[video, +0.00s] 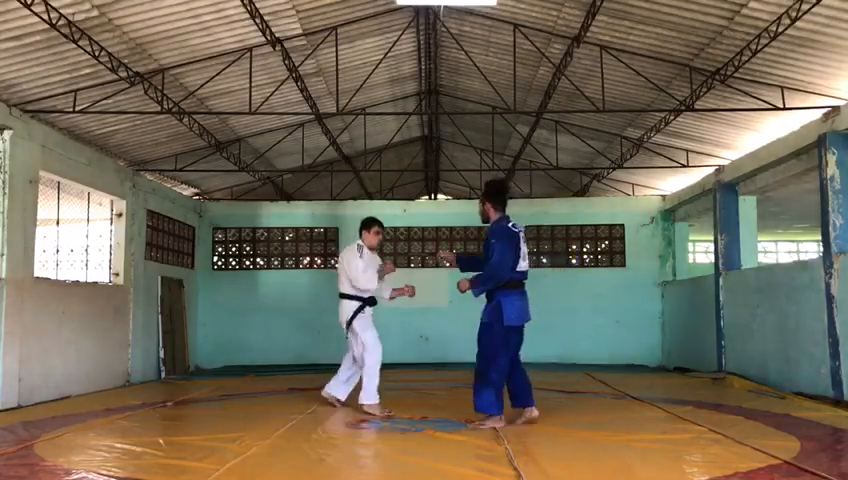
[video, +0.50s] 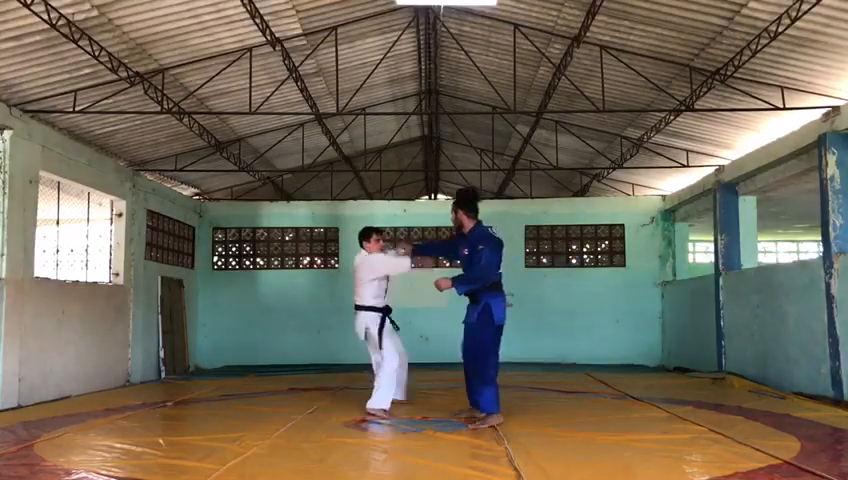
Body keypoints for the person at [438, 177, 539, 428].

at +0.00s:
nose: (480, 208)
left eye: (482, 204)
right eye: (481, 203)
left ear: (489, 206)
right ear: (500, 205)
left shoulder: (499, 231)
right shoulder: (512, 229)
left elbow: (500, 270)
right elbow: (489, 262)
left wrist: (473, 283)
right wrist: (457, 260)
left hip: (501, 302)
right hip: (515, 299)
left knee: (490, 356)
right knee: (510, 356)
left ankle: (493, 414)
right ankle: (528, 407)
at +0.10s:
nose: (474, 212)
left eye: (475, 207)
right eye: (474, 207)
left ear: (483, 208)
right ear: (493, 207)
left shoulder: (495, 232)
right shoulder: (501, 230)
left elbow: (494, 270)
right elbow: (480, 260)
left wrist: (467, 285)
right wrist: (451, 257)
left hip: (499, 301)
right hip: (506, 300)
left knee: (489, 355)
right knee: (495, 353)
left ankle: (494, 416)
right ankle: (518, 395)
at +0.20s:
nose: (468, 211)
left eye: (469, 207)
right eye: (468, 207)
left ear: (477, 208)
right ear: (487, 207)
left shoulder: (492, 232)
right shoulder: (492, 230)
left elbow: (491, 269)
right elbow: (473, 259)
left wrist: (463, 285)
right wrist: (445, 256)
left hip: (496, 299)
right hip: (499, 296)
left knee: (486, 350)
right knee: (491, 348)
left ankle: (493, 414)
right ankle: (502, 394)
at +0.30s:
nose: (462, 212)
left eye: (464, 208)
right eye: (463, 208)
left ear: (471, 209)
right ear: (481, 207)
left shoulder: (490, 233)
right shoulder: (481, 233)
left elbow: (489, 270)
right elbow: (467, 258)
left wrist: (459, 282)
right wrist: (438, 253)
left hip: (496, 299)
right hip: (486, 298)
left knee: (491, 353)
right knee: (477, 349)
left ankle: (495, 414)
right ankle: (484, 403)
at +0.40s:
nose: (458, 217)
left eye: (459, 212)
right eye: (458, 212)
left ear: (467, 213)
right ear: (475, 212)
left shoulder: (492, 239)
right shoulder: (473, 238)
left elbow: (486, 273)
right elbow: (451, 253)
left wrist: (455, 282)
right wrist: (424, 250)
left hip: (495, 300)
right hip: (482, 300)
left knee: (489, 355)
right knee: (475, 354)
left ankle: (496, 415)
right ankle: (478, 407)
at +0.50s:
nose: (453, 218)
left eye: (454, 213)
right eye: (454, 214)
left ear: (461, 214)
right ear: (470, 213)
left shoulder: (488, 240)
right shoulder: (465, 239)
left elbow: (485, 274)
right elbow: (442, 249)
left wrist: (454, 282)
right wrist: (413, 250)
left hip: (490, 302)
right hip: (476, 302)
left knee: (483, 354)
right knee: (471, 353)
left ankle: (492, 412)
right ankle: (478, 406)